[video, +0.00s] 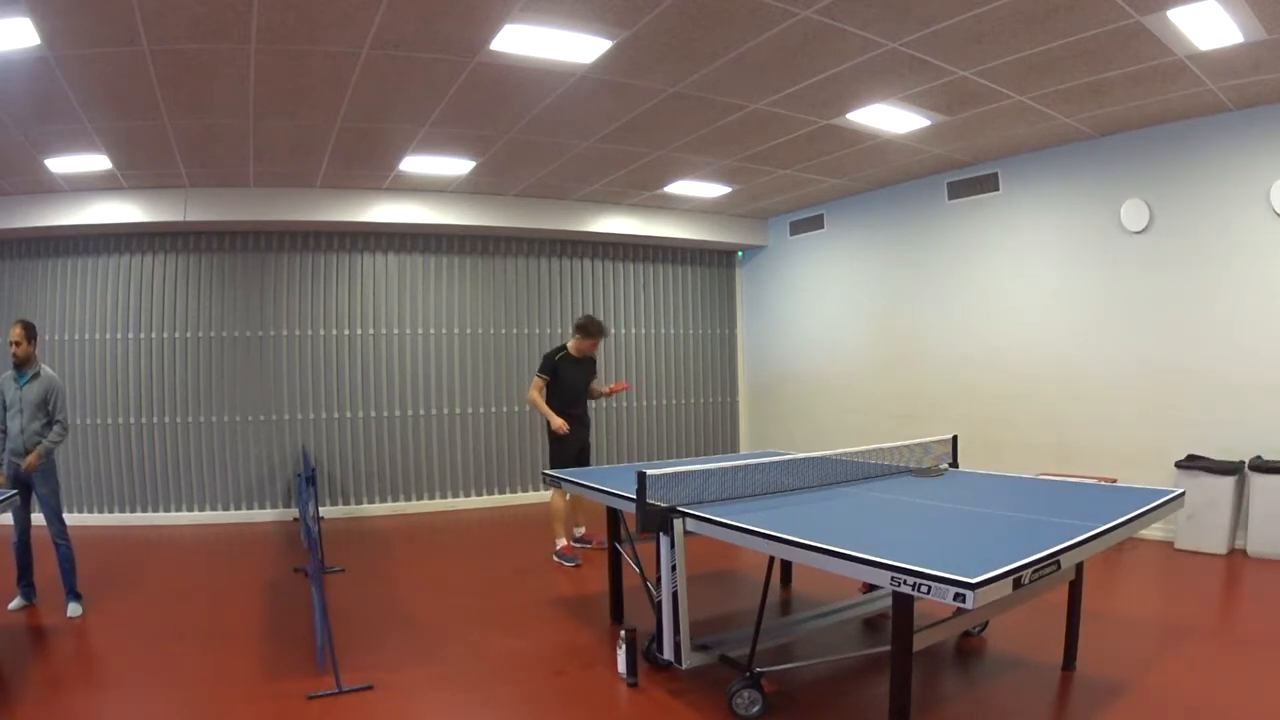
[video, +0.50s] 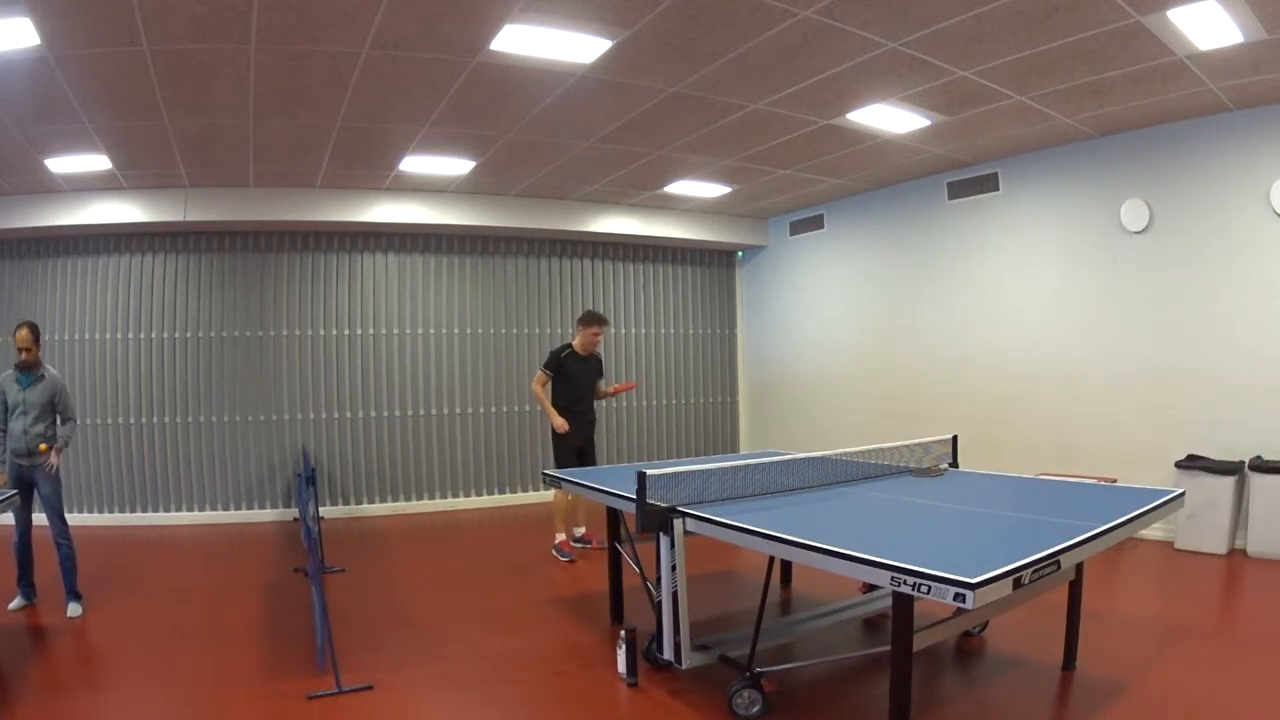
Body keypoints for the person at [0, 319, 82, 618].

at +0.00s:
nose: (12, 348)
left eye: (17, 343)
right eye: (10, 343)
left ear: (33, 345)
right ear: (10, 346)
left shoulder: (49, 381)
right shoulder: (5, 381)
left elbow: (61, 426)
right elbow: (3, 425)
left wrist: (39, 453)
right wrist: (3, 464)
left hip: (41, 463)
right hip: (12, 463)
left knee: (57, 530)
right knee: (20, 532)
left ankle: (72, 596)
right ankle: (26, 593)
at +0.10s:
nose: (12, 349)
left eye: (17, 344)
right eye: (10, 344)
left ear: (33, 345)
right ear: (10, 346)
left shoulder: (49, 381)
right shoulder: (6, 381)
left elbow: (61, 426)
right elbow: (4, 423)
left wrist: (39, 453)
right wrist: (4, 461)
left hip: (41, 463)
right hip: (12, 463)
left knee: (57, 531)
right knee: (20, 532)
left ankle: (72, 596)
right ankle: (26, 593)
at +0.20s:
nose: (13, 350)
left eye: (18, 345)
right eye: (10, 345)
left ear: (33, 345)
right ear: (9, 346)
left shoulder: (49, 381)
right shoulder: (6, 380)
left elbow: (62, 426)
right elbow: (4, 422)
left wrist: (42, 454)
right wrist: (5, 459)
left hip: (41, 463)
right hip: (13, 463)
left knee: (57, 530)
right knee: (20, 531)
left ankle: (73, 596)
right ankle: (26, 593)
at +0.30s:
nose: (14, 351)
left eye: (20, 346)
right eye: (12, 346)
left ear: (34, 346)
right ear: (10, 347)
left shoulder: (50, 381)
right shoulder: (6, 380)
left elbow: (63, 425)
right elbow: (4, 423)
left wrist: (47, 455)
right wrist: (3, 464)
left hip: (42, 462)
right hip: (13, 463)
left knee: (58, 530)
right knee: (21, 531)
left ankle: (73, 596)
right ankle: (26, 593)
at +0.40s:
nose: (18, 353)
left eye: (23, 348)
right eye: (15, 348)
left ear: (36, 346)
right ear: (11, 348)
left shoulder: (51, 382)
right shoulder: (6, 381)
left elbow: (65, 425)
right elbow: (3, 424)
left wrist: (53, 453)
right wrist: (4, 461)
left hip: (43, 464)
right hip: (13, 465)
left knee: (59, 532)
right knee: (21, 532)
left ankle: (73, 596)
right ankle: (26, 593)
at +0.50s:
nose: (23, 354)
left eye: (28, 348)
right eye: (18, 349)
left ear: (39, 346)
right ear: (13, 348)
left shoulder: (53, 380)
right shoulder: (6, 381)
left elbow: (68, 420)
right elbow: (4, 423)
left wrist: (57, 449)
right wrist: (2, 466)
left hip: (44, 463)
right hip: (14, 464)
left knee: (59, 531)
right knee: (21, 532)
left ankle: (73, 596)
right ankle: (26, 593)